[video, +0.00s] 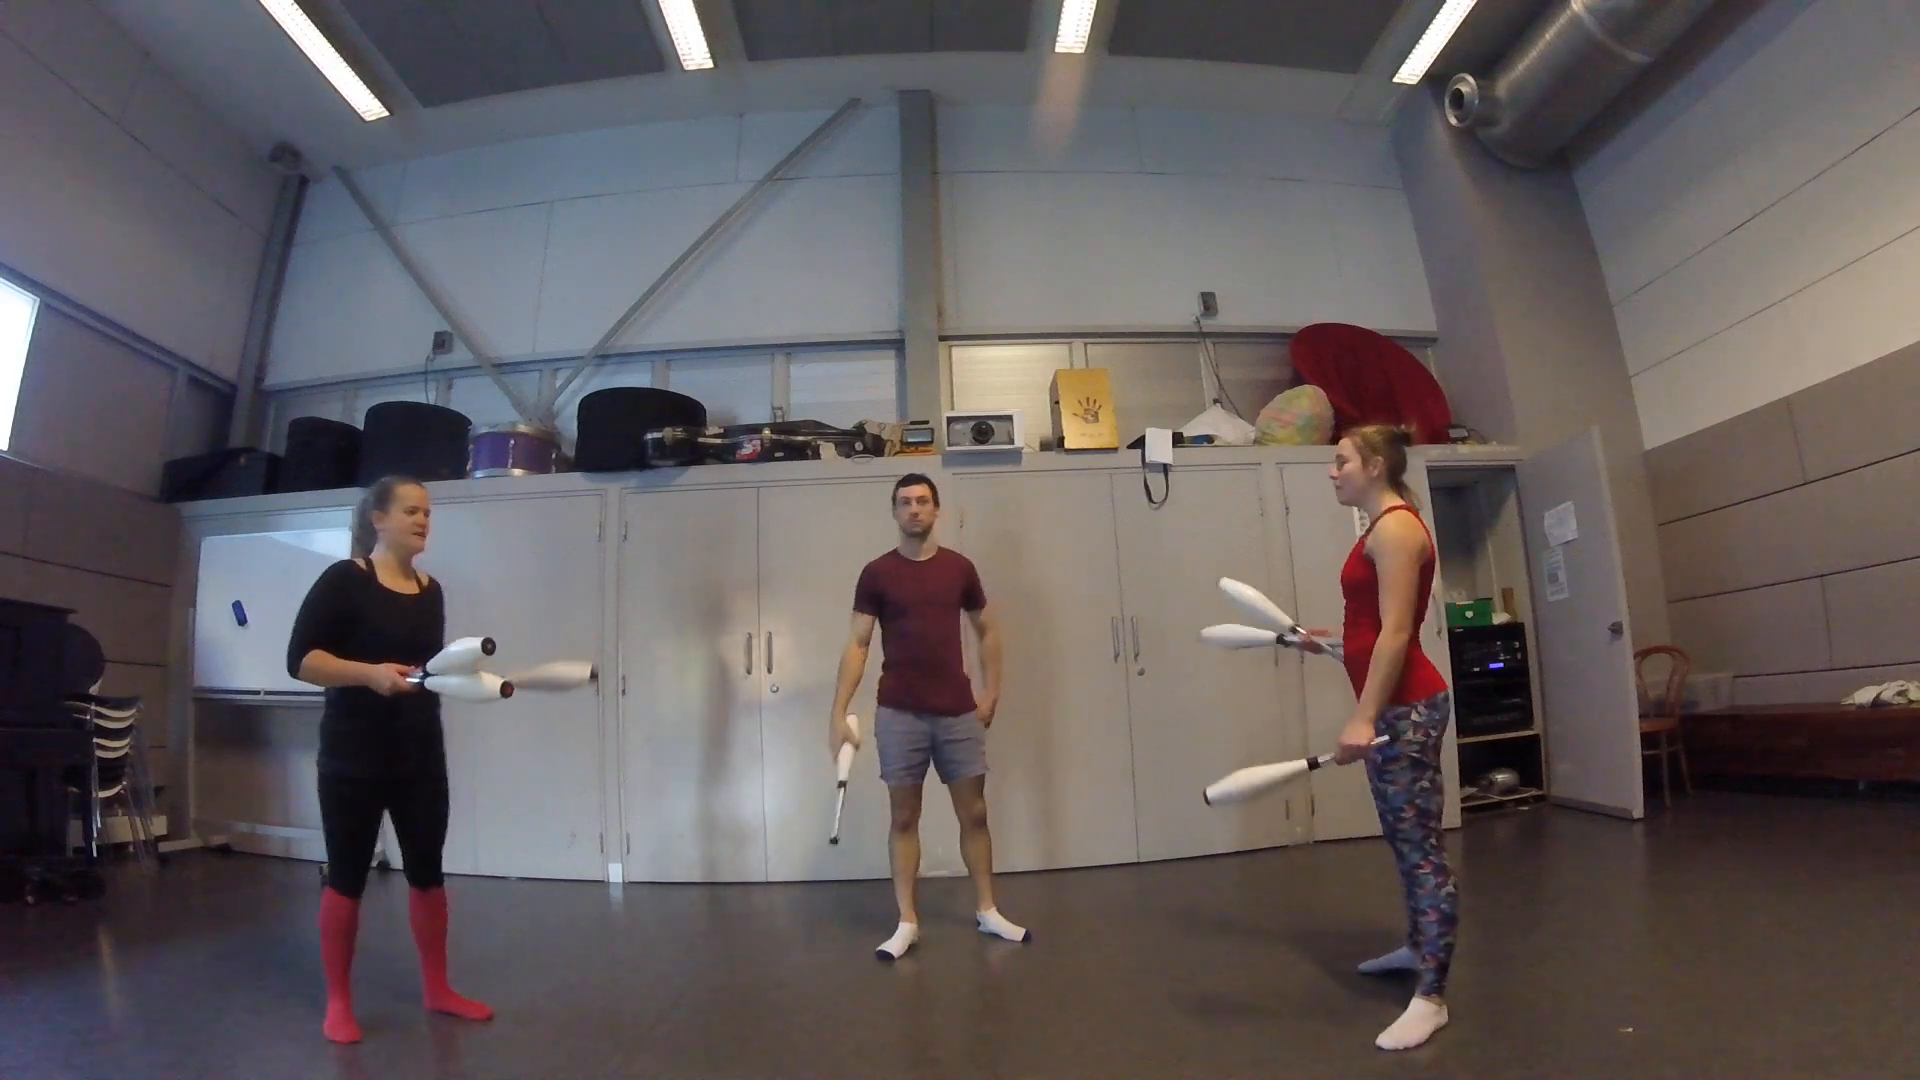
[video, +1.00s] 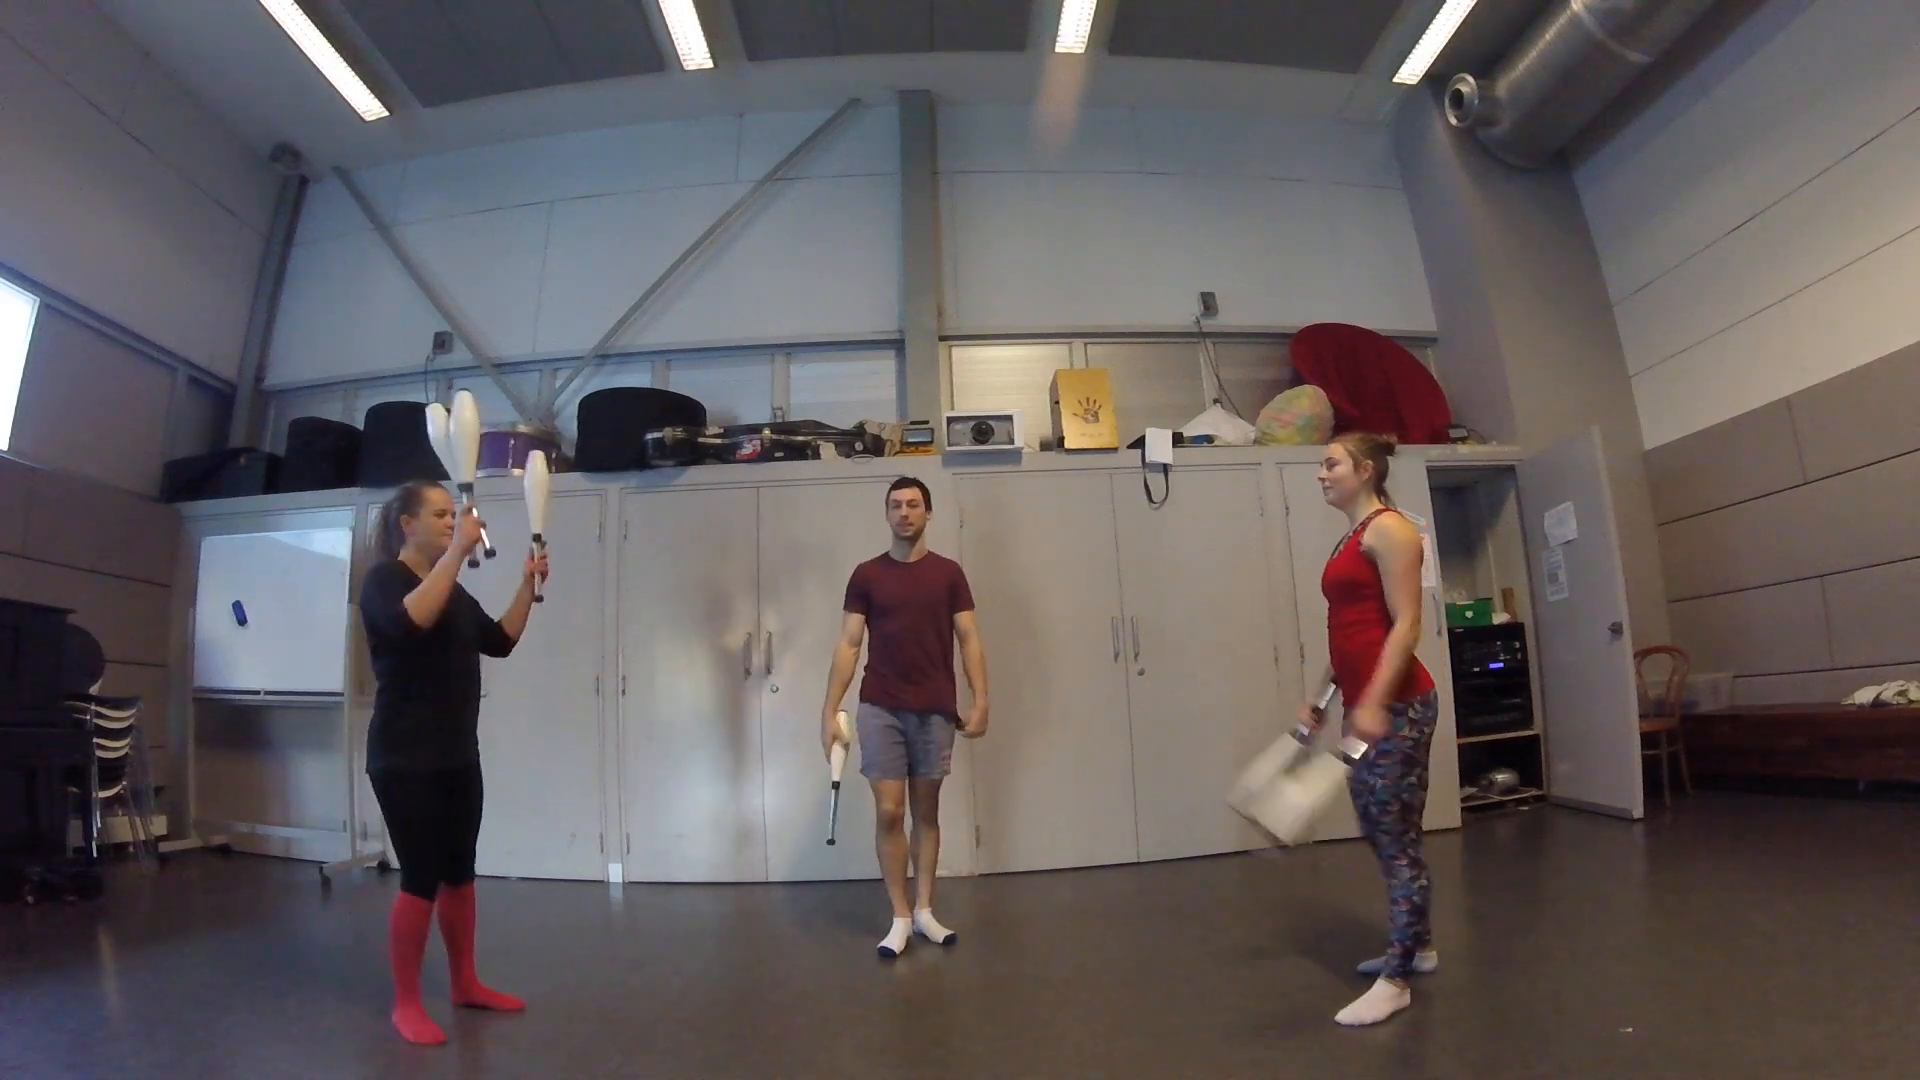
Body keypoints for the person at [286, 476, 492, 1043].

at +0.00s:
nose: (425, 522)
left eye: (427, 513)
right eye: (413, 512)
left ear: (424, 522)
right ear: (378, 518)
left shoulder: (429, 589)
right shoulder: (342, 580)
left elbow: (434, 667)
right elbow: (301, 660)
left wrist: (478, 681)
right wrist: (368, 673)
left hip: (419, 752)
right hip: (352, 753)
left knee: (427, 872)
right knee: (346, 877)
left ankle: (438, 990)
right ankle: (338, 1001)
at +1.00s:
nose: (454, 525)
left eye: (455, 516)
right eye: (442, 515)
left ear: (452, 529)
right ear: (406, 524)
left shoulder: (452, 591)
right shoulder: (382, 581)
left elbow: (499, 642)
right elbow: (411, 619)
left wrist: (529, 587)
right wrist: (457, 552)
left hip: (458, 751)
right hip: (403, 755)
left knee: (460, 874)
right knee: (421, 878)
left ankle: (465, 986)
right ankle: (407, 1004)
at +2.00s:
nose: (476, 519)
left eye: (476, 510)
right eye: (465, 510)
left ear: (467, 521)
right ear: (429, 520)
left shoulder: (468, 585)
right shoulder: (415, 583)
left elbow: (492, 656)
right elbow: (434, 661)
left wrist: (549, 625)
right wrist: (513, 691)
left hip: (462, 750)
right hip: (412, 753)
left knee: (459, 869)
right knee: (408, 873)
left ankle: (466, 987)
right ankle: (404, 1006)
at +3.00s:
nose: (462, 518)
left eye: (463, 510)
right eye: (449, 510)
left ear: (462, 521)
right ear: (416, 523)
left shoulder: (468, 593)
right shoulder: (401, 582)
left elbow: (500, 663)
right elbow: (423, 645)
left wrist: (565, 661)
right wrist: (504, 610)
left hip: (468, 753)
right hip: (415, 755)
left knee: (465, 872)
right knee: (415, 877)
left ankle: (466, 987)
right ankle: (408, 1010)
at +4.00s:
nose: (461, 514)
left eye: (461, 505)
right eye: (449, 506)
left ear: (455, 519)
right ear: (415, 517)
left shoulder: (467, 589)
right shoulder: (392, 578)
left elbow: (489, 666)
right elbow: (400, 656)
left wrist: (510, 724)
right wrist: (464, 630)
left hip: (464, 753)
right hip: (407, 755)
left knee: (461, 874)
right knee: (410, 879)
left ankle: (465, 988)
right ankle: (408, 1011)